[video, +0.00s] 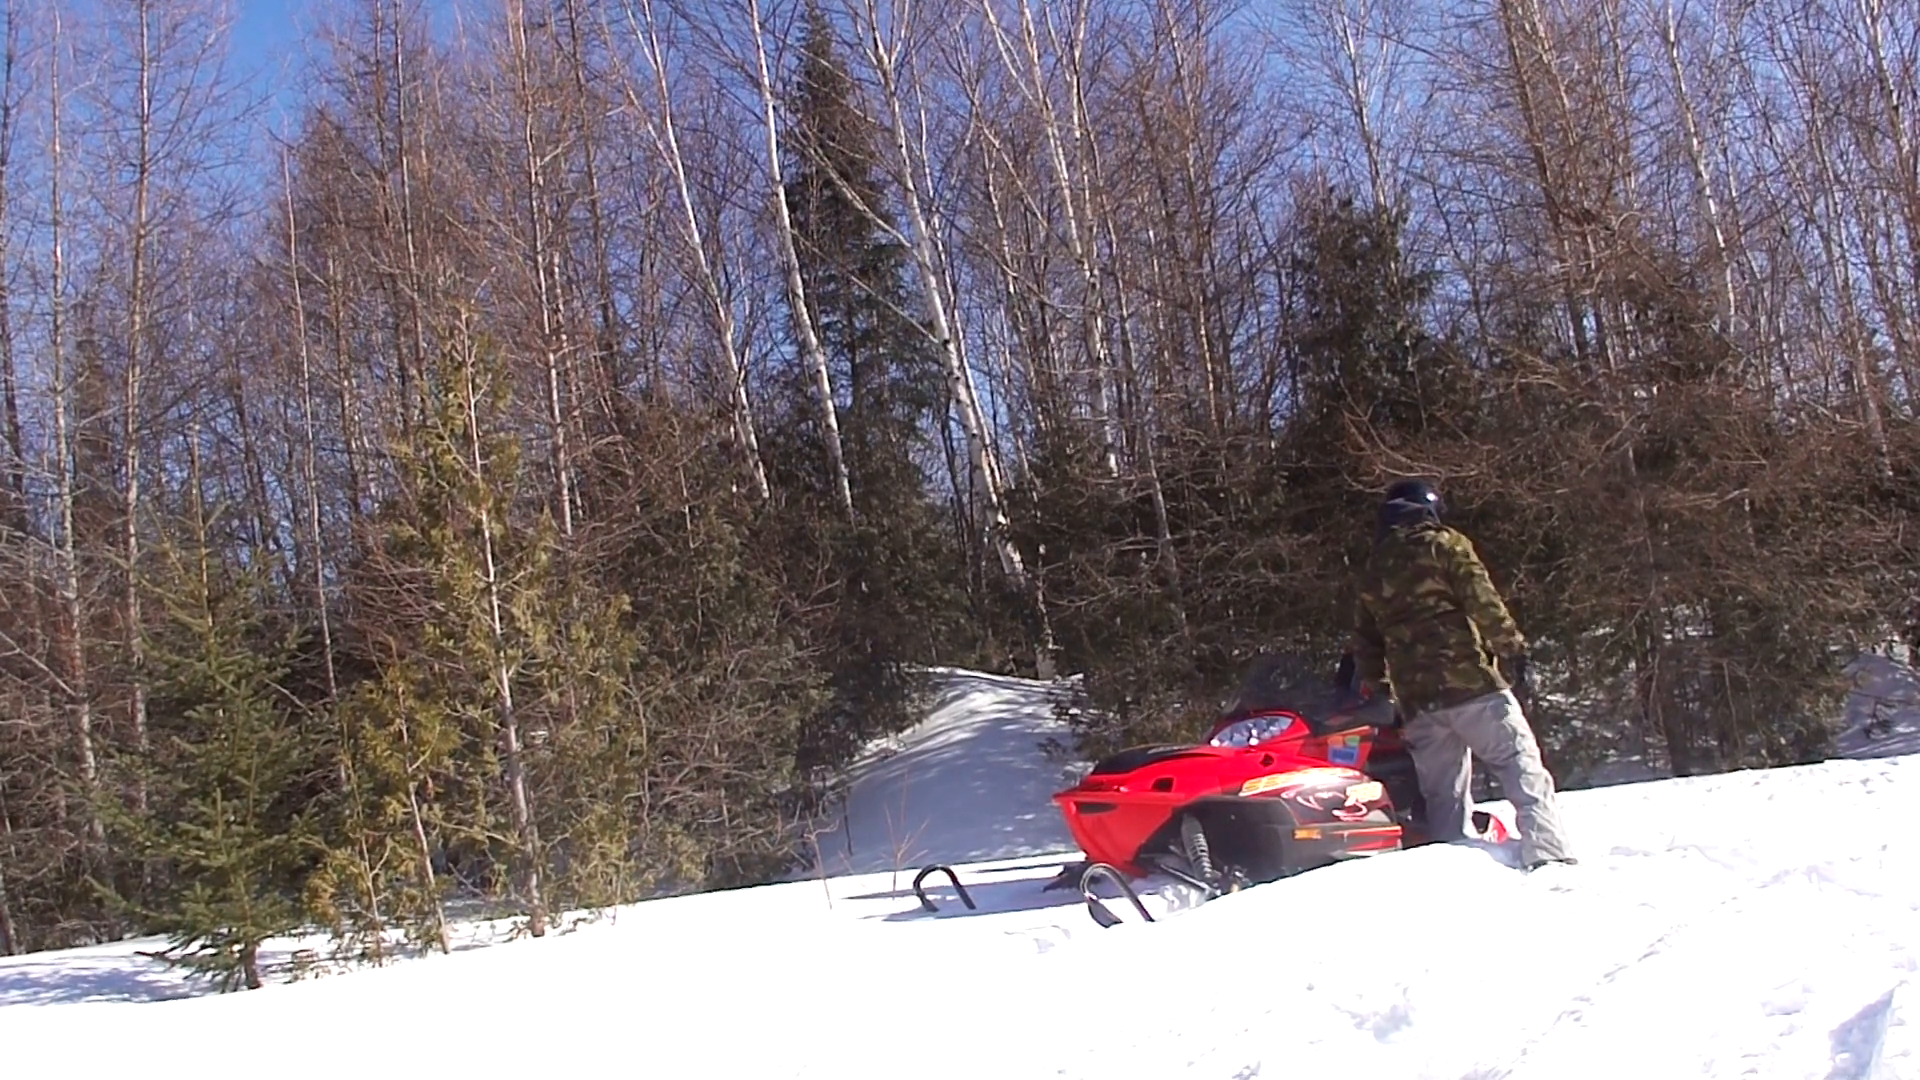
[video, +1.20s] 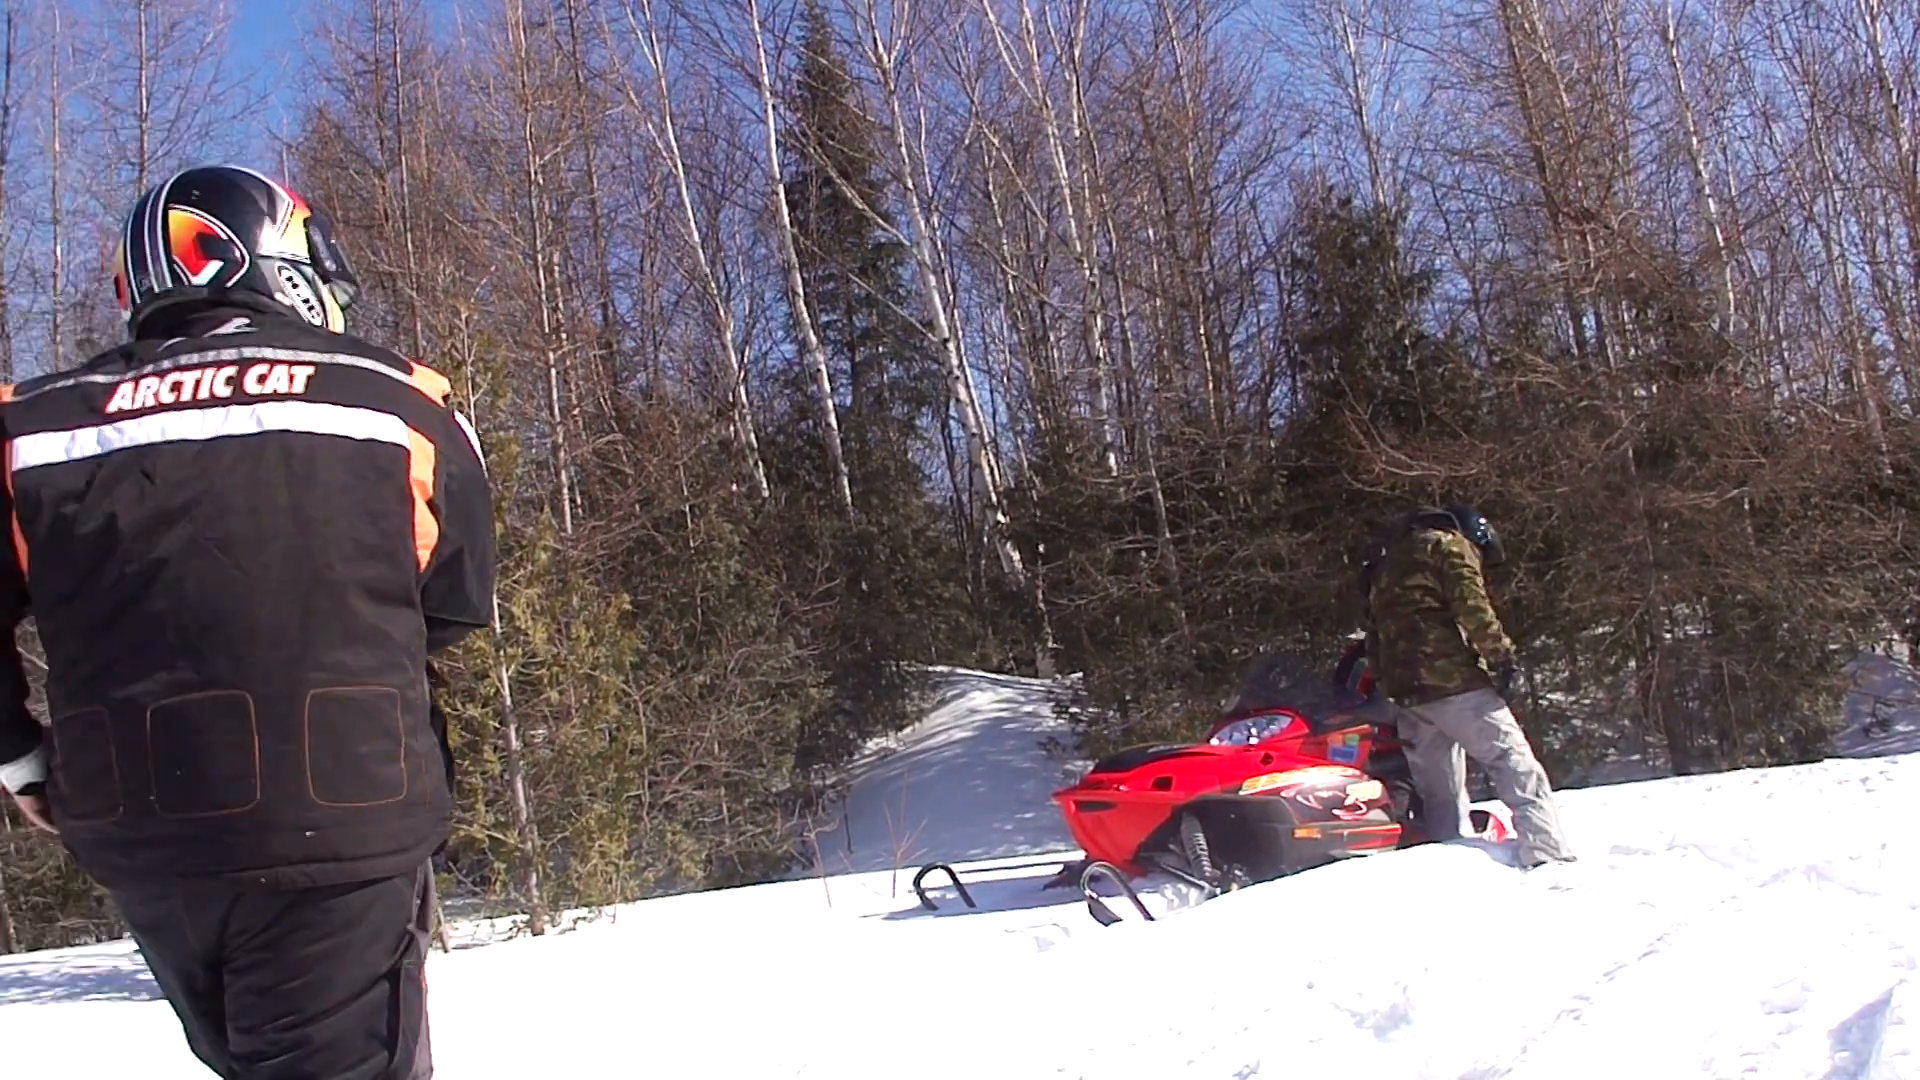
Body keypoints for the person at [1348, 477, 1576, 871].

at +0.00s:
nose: (1440, 513)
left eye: (1437, 506)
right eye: (1436, 506)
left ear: (1390, 513)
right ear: (1427, 508)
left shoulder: (1372, 566)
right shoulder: (1446, 542)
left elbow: (1366, 639)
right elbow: (1483, 603)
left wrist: (1380, 686)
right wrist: (1516, 654)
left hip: (1415, 699)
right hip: (1470, 684)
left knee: (1442, 800)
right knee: (1518, 760)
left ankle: (1450, 879)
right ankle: (1547, 853)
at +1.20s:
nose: (1477, 556)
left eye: (1481, 552)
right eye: (1478, 548)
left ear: (1438, 523)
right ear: (1468, 531)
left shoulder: (1388, 560)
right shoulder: (1450, 545)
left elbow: (1377, 630)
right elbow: (1472, 610)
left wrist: (1393, 684)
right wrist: (1505, 658)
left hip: (1408, 696)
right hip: (1454, 682)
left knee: (1440, 799)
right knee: (1512, 759)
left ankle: (1449, 873)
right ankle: (1547, 854)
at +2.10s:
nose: (1618, 549)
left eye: (1623, 540)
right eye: (1619, 537)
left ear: (1590, 523)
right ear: (1599, 526)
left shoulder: (1531, 543)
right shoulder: (1556, 548)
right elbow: (1546, 620)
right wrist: (1571, 682)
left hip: (1492, 682)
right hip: (1527, 679)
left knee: (1493, 789)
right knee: (1600, 744)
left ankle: (1478, 865)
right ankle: (1601, 853)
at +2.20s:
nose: (1635, 543)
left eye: (1640, 535)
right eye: (1635, 532)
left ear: (1608, 520)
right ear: (1615, 522)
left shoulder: (1547, 538)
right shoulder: (1572, 546)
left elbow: (1511, 609)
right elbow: (1560, 616)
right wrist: (1590, 678)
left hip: (1508, 675)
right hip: (1539, 674)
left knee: (1513, 770)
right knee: (1608, 745)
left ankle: (1482, 854)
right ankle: (1599, 854)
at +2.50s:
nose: (1650, 505)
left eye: (1653, 496)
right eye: (1646, 494)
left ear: (1619, 488)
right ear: (1621, 487)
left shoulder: (1602, 524)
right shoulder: (1578, 520)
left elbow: (1590, 595)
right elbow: (1569, 588)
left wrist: (1608, 649)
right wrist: (1601, 651)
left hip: (1582, 648)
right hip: (1557, 651)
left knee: (1626, 712)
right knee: (1607, 742)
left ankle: (1525, 786)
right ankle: (1597, 849)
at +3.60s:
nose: (1588, 460)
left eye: (1597, 450)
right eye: (1580, 451)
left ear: (1619, 451)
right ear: (1572, 455)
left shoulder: (1657, 502)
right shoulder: (1562, 515)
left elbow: (1694, 564)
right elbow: (1544, 581)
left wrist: (1713, 620)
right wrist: (1538, 634)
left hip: (1665, 647)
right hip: (1602, 656)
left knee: (1689, 730)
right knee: (1627, 749)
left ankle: (1689, 803)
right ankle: (1652, 830)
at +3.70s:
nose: (1577, 464)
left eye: (1585, 453)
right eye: (1569, 455)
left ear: (1611, 452)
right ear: (1562, 459)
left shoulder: (1653, 499)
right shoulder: (1560, 517)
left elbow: (1690, 561)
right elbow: (1546, 584)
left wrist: (1695, 622)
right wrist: (1537, 633)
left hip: (1661, 644)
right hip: (1600, 656)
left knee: (1681, 735)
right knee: (1625, 752)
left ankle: (1689, 810)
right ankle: (1654, 831)